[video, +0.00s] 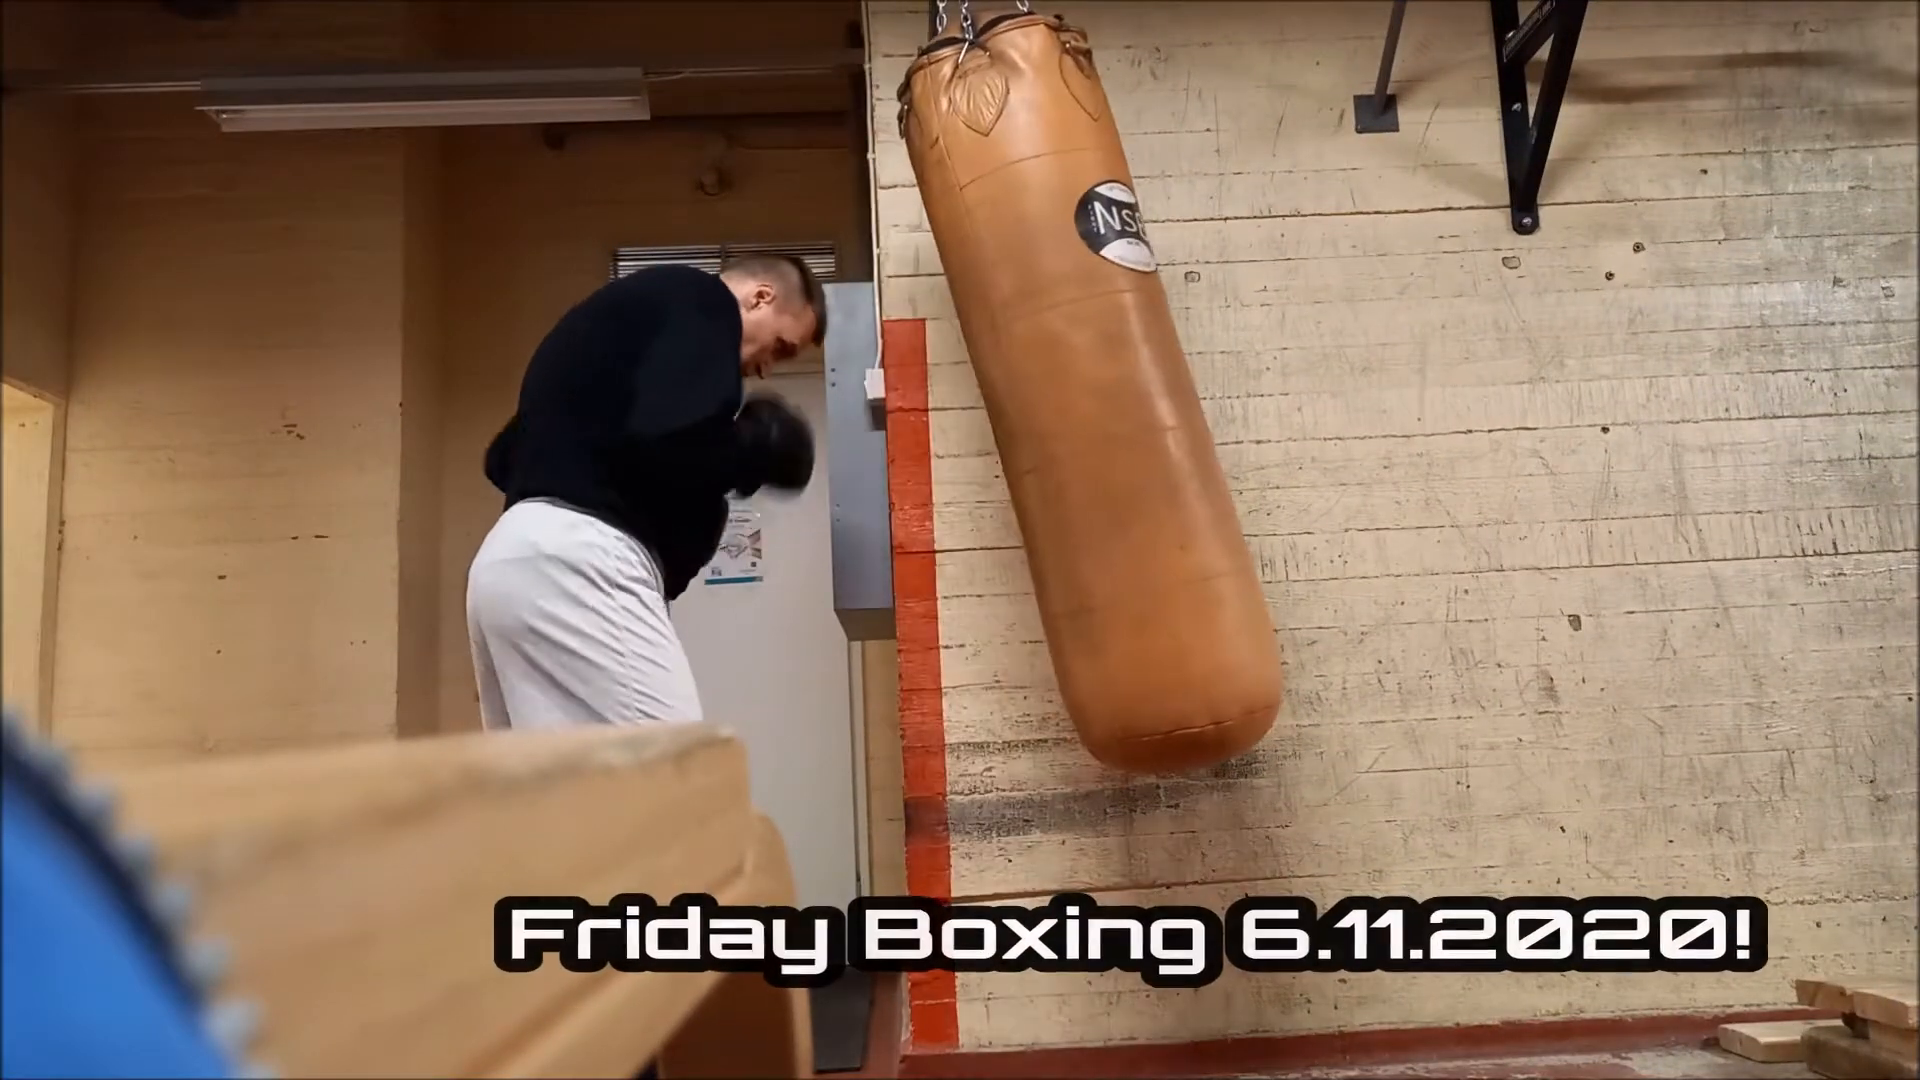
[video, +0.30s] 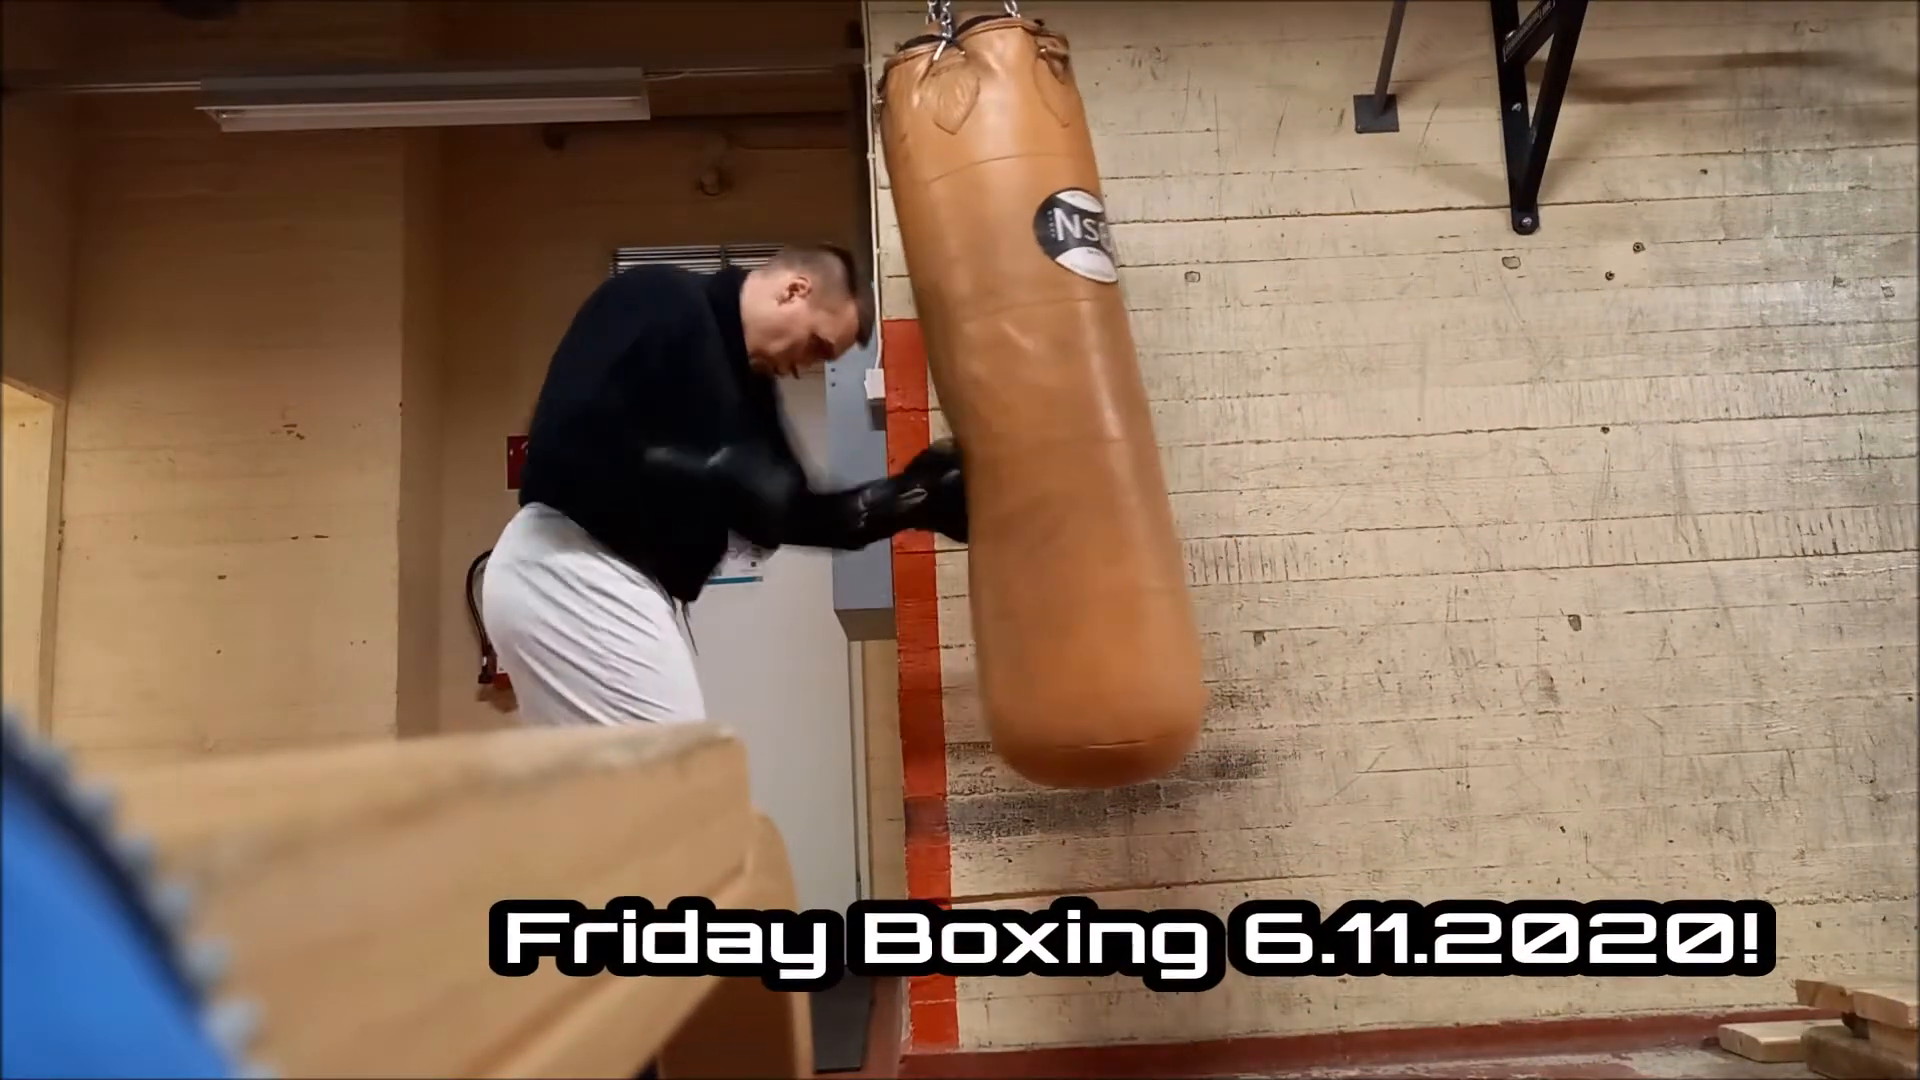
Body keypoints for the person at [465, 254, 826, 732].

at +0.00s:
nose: (768, 368)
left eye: (783, 359)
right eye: (780, 346)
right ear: (760, 298)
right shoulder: (702, 302)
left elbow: (506, 456)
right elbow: (672, 441)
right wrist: (757, 444)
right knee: (679, 789)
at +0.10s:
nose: (785, 354)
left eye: (800, 345)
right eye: (798, 335)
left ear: (775, 285)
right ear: (777, 287)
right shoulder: (700, 293)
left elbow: (530, 452)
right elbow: (686, 441)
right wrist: (778, 404)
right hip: (579, 558)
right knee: (669, 783)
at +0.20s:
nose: (805, 353)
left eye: (818, 344)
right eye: (813, 331)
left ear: (787, 276)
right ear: (789, 278)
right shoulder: (673, 297)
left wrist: (716, 565)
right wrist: (759, 422)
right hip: (571, 564)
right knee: (661, 785)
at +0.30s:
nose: (808, 366)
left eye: (823, 359)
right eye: (819, 344)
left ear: (790, 290)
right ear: (794, 289)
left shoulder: (747, 385)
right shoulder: (656, 301)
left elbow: (782, 511)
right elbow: (567, 458)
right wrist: (716, 480)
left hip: (637, 588)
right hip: (575, 568)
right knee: (671, 793)